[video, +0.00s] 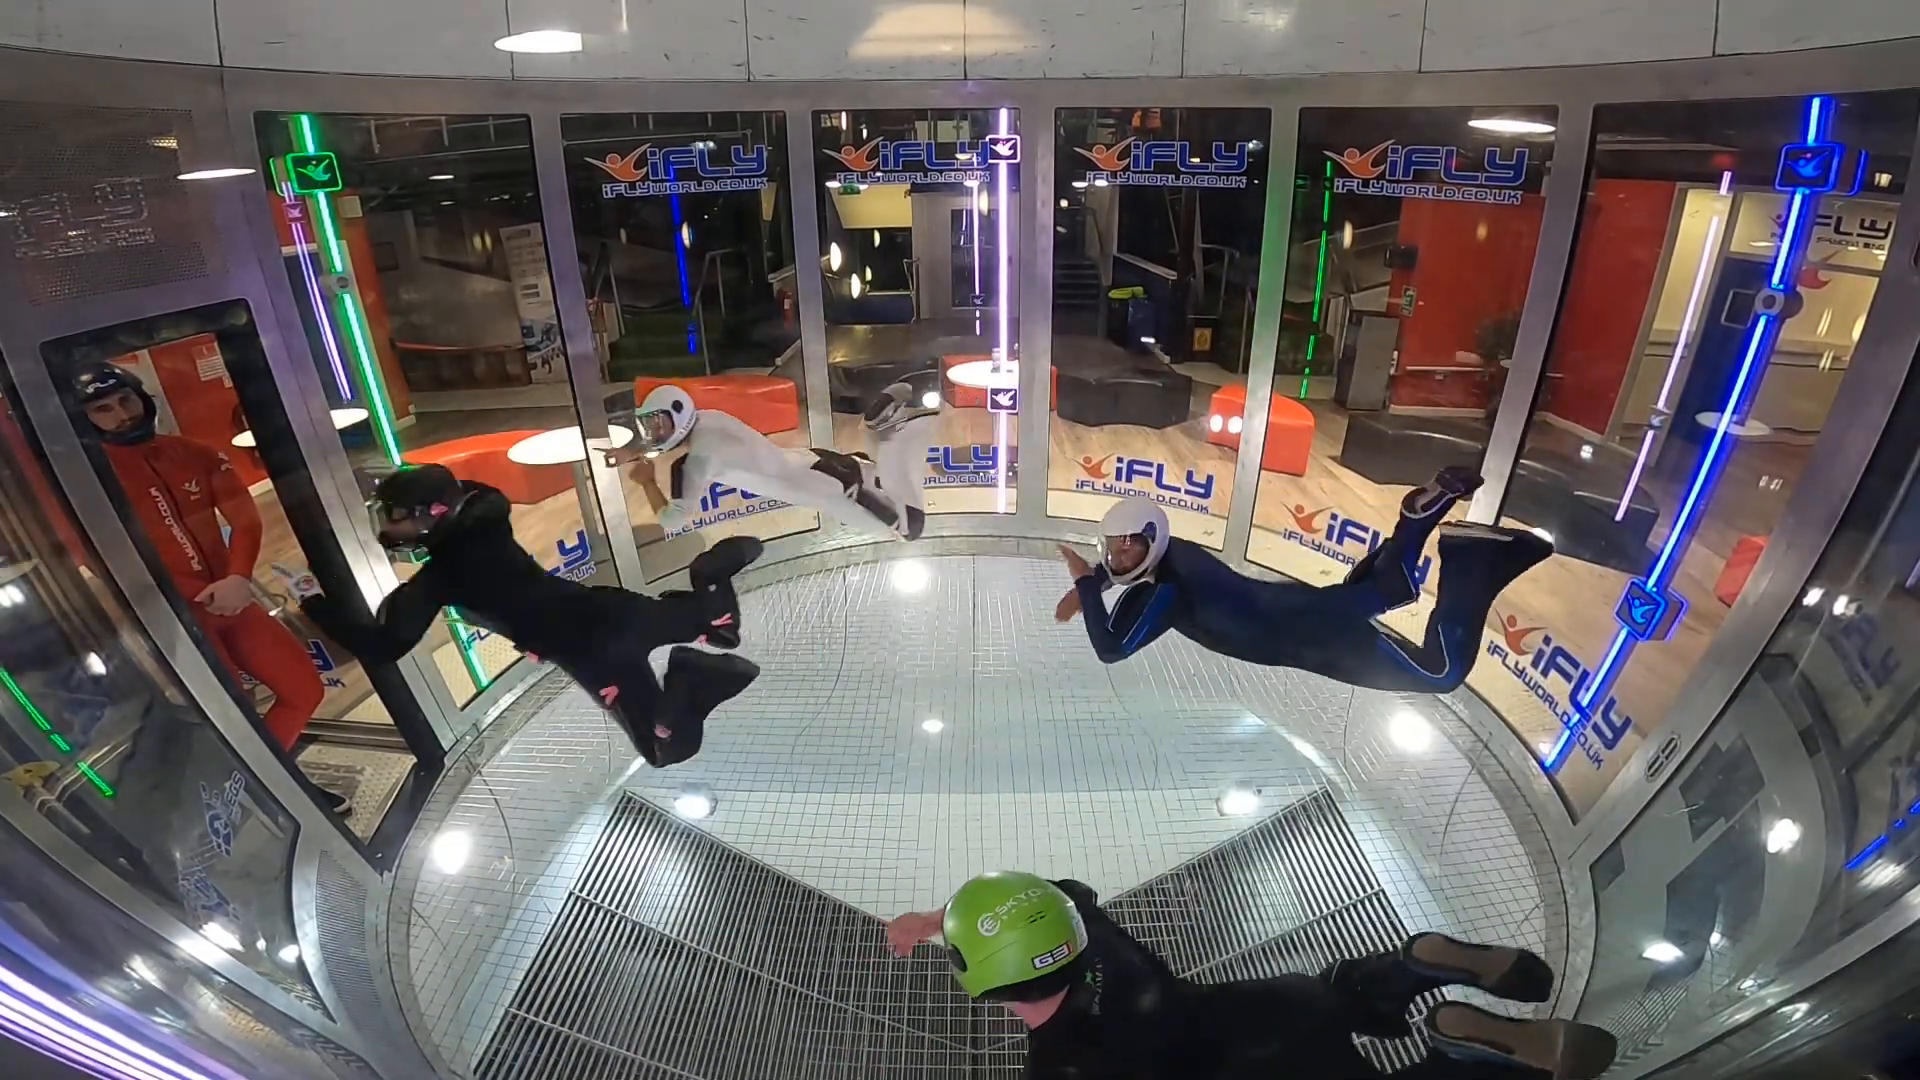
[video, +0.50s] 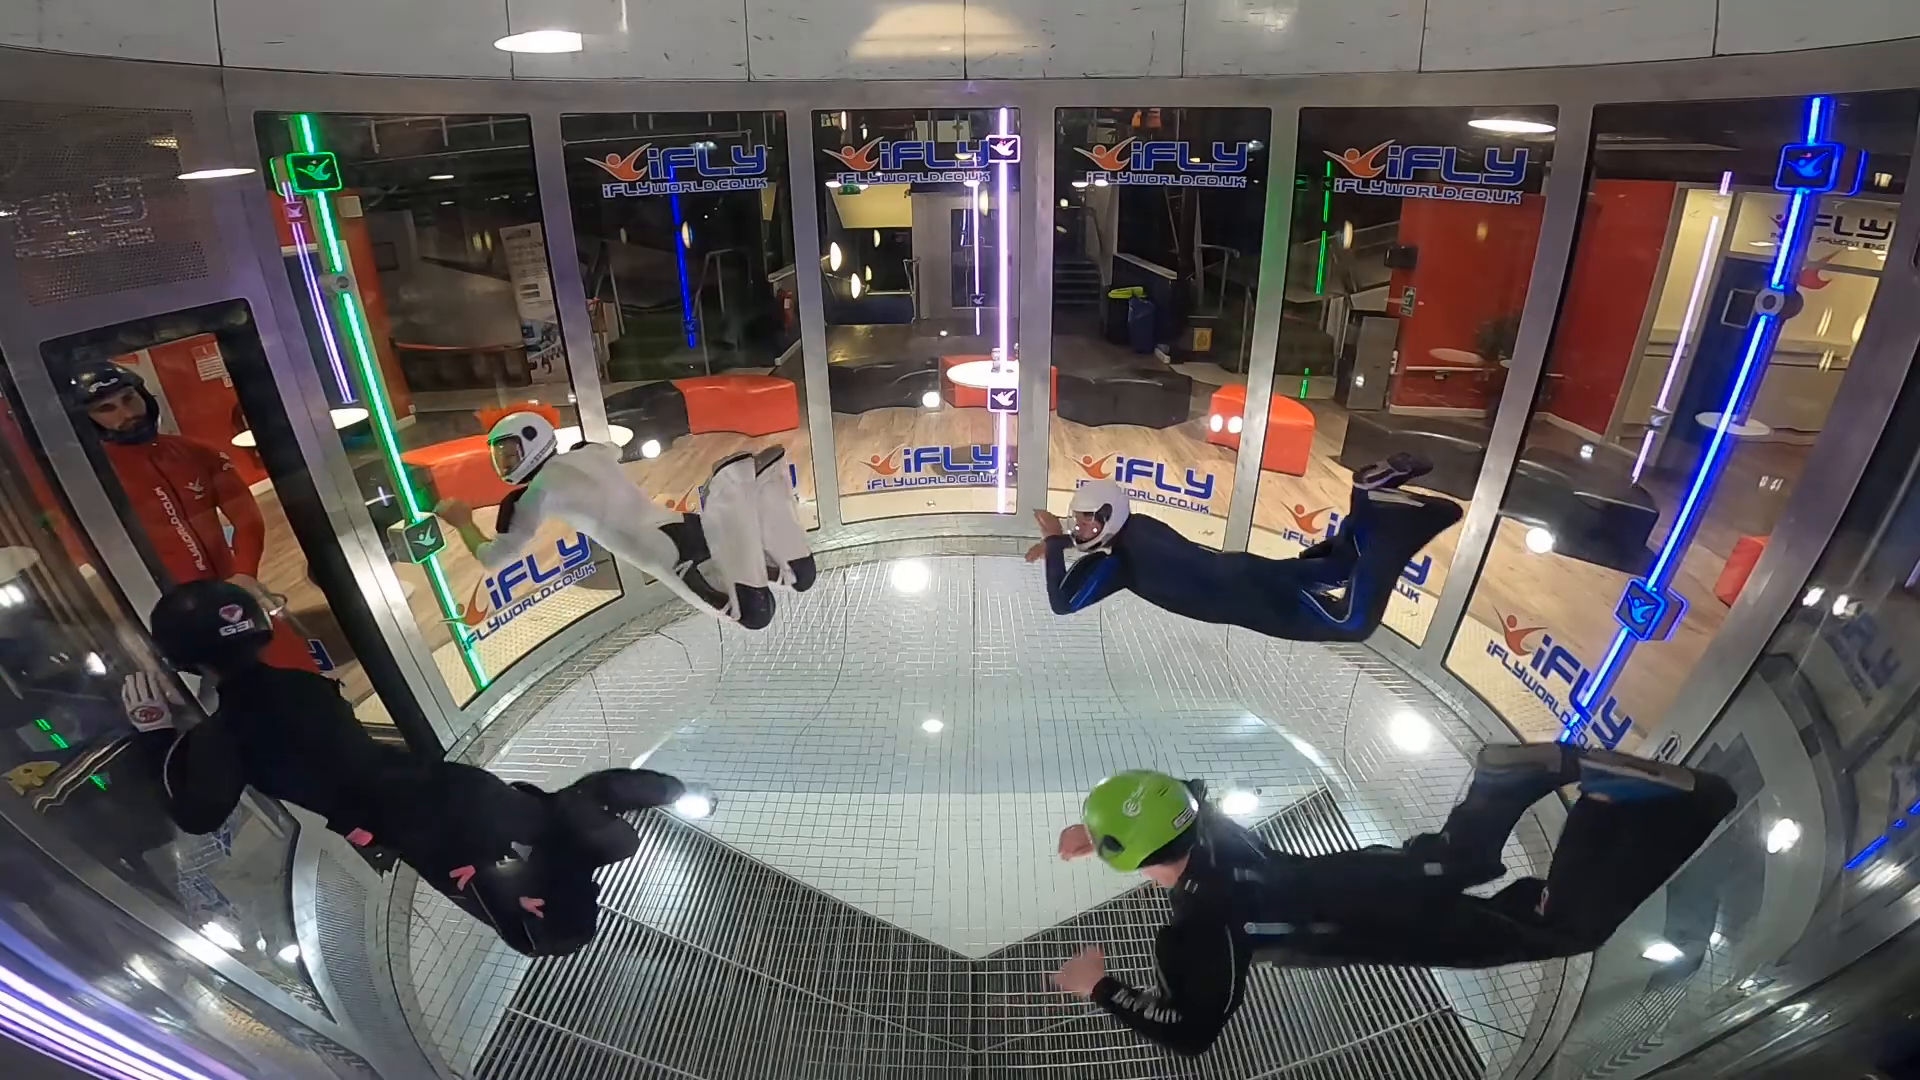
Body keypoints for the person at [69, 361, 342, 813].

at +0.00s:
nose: (121, 416)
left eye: (124, 401)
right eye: (103, 411)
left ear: (140, 398)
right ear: (86, 421)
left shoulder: (194, 455)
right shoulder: (91, 478)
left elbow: (246, 520)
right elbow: (99, 562)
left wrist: (239, 577)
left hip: (230, 602)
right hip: (177, 622)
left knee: (304, 689)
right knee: (236, 709)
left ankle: (243, 784)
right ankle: (291, 792)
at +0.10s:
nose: (122, 414)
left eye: (126, 399)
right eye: (104, 409)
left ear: (141, 397)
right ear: (88, 421)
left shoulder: (195, 454)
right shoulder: (93, 477)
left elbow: (246, 520)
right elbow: (104, 564)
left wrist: (237, 579)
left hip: (230, 603)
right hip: (180, 622)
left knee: (303, 692)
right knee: (237, 709)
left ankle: (253, 775)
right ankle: (294, 790)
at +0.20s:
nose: (122, 414)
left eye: (125, 399)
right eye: (105, 409)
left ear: (140, 394)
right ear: (88, 419)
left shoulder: (194, 455)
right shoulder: (94, 477)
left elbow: (246, 520)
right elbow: (112, 564)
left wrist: (242, 577)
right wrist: (191, 607)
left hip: (231, 598)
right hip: (176, 616)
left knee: (288, 657)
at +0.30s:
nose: (124, 413)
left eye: (127, 398)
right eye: (106, 409)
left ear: (141, 395)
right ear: (90, 420)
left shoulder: (198, 455)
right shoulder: (91, 482)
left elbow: (253, 534)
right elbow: (98, 573)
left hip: (238, 601)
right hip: (178, 624)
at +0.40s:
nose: (126, 414)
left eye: (129, 399)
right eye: (107, 408)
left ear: (143, 395)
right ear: (87, 419)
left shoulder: (197, 455)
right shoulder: (93, 480)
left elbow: (248, 522)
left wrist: (238, 586)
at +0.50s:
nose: (126, 414)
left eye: (128, 398)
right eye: (107, 409)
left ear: (142, 396)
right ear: (88, 420)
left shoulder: (195, 453)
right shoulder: (91, 480)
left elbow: (248, 519)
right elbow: (95, 568)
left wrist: (243, 576)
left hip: (235, 608)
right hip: (172, 630)